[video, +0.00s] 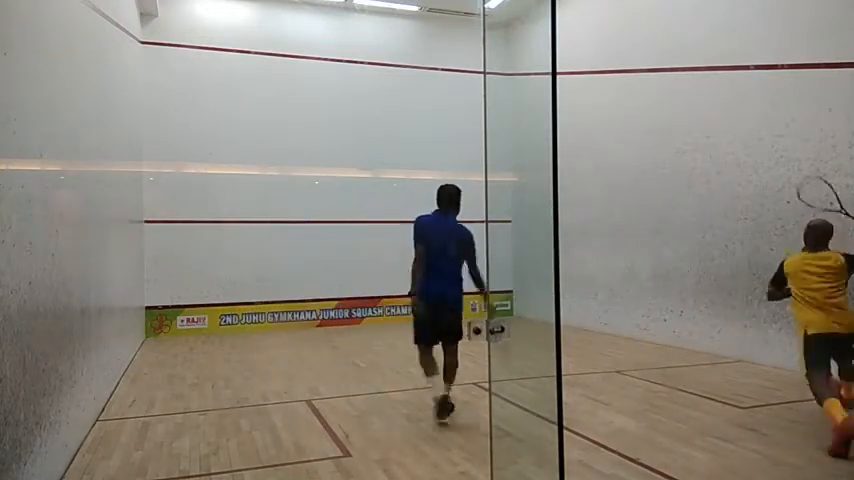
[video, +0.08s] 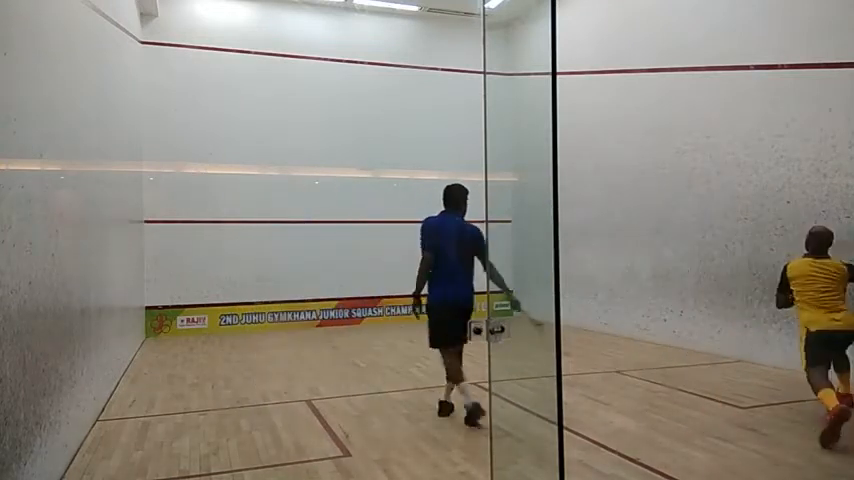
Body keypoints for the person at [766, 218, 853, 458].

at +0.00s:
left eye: (806, 237)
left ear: (804, 239)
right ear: (829, 241)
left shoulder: (791, 264)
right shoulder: (842, 261)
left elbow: (773, 293)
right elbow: (853, 262)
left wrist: (797, 289)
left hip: (815, 333)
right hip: (845, 330)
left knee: (819, 382)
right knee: (847, 366)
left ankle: (841, 422)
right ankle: (847, 400)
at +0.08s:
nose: (806, 243)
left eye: (807, 240)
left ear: (807, 244)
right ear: (830, 246)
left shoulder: (792, 268)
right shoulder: (842, 269)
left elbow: (781, 302)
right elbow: (842, 290)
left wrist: (803, 294)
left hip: (817, 332)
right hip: (845, 330)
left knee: (817, 374)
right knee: (839, 353)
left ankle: (834, 408)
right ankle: (846, 393)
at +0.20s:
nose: (803, 245)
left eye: (804, 243)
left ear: (803, 246)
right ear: (825, 249)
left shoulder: (795, 266)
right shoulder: (832, 266)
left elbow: (786, 301)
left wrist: (806, 293)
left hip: (821, 321)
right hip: (847, 319)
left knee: (803, 365)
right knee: (835, 347)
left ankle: (824, 408)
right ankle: (843, 392)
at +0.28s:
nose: (793, 244)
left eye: (794, 241)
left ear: (795, 242)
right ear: (815, 245)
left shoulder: (795, 259)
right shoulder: (822, 260)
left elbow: (790, 296)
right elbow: (808, 282)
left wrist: (785, 281)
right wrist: (784, 282)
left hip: (824, 309)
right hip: (848, 306)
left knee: (797, 354)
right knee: (837, 343)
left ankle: (808, 400)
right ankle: (843, 390)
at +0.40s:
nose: (780, 232)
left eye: (782, 229)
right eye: (781, 229)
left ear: (786, 232)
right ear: (800, 232)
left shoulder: (789, 247)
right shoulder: (810, 249)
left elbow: (792, 285)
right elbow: (795, 288)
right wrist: (770, 303)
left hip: (824, 296)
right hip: (846, 295)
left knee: (794, 341)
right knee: (834, 338)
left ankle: (805, 394)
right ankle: (842, 391)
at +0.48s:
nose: (768, 226)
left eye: (770, 222)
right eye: (769, 222)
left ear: (776, 222)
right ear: (789, 223)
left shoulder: (781, 235)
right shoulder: (798, 239)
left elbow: (787, 264)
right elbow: (807, 282)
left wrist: (772, 273)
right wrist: (784, 303)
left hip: (818, 289)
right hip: (835, 288)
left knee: (792, 335)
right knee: (815, 328)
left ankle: (824, 390)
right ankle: (837, 378)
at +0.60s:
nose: (759, 226)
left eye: (760, 222)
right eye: (760, 222)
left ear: (765, 222)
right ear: (777, 222)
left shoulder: (772, 236)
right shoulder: (786, 237)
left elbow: (773, 267)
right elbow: (803, 272)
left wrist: (759, 268)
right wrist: (786, 296)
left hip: (814, 292)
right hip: (817, 289)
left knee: (803, 345)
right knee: (793, 322)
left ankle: (841, 397)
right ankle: (817, 370)